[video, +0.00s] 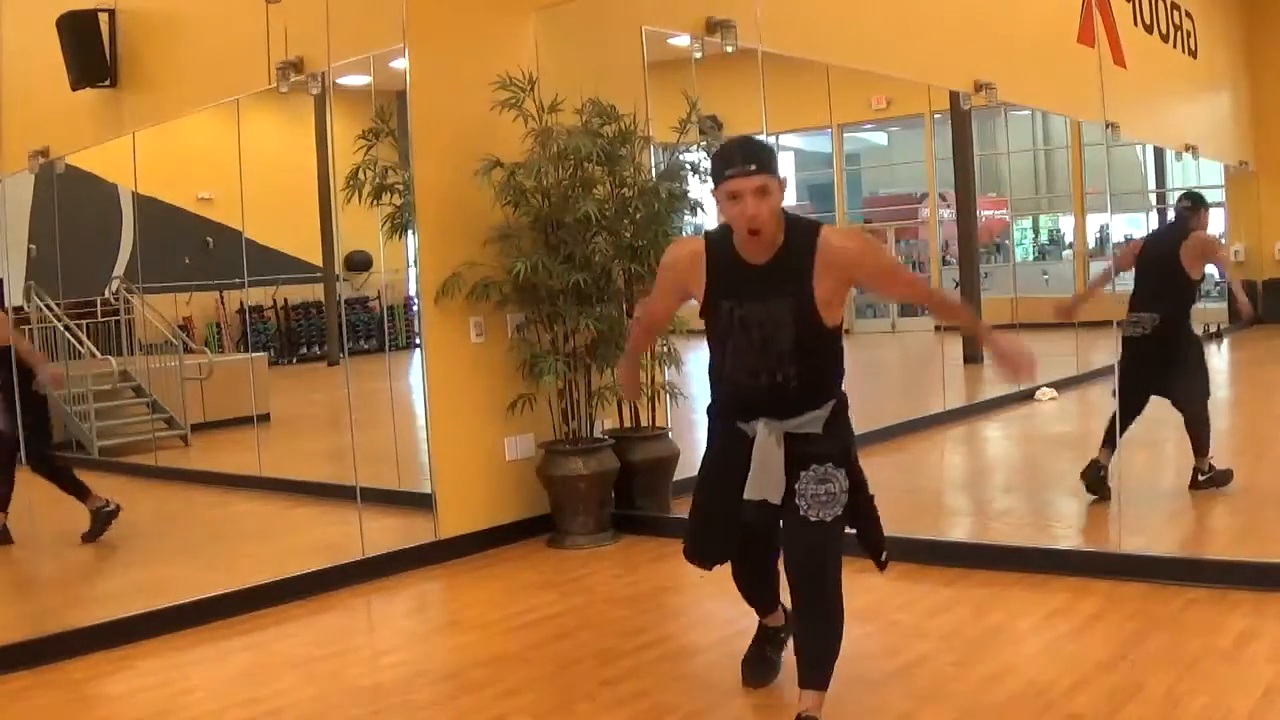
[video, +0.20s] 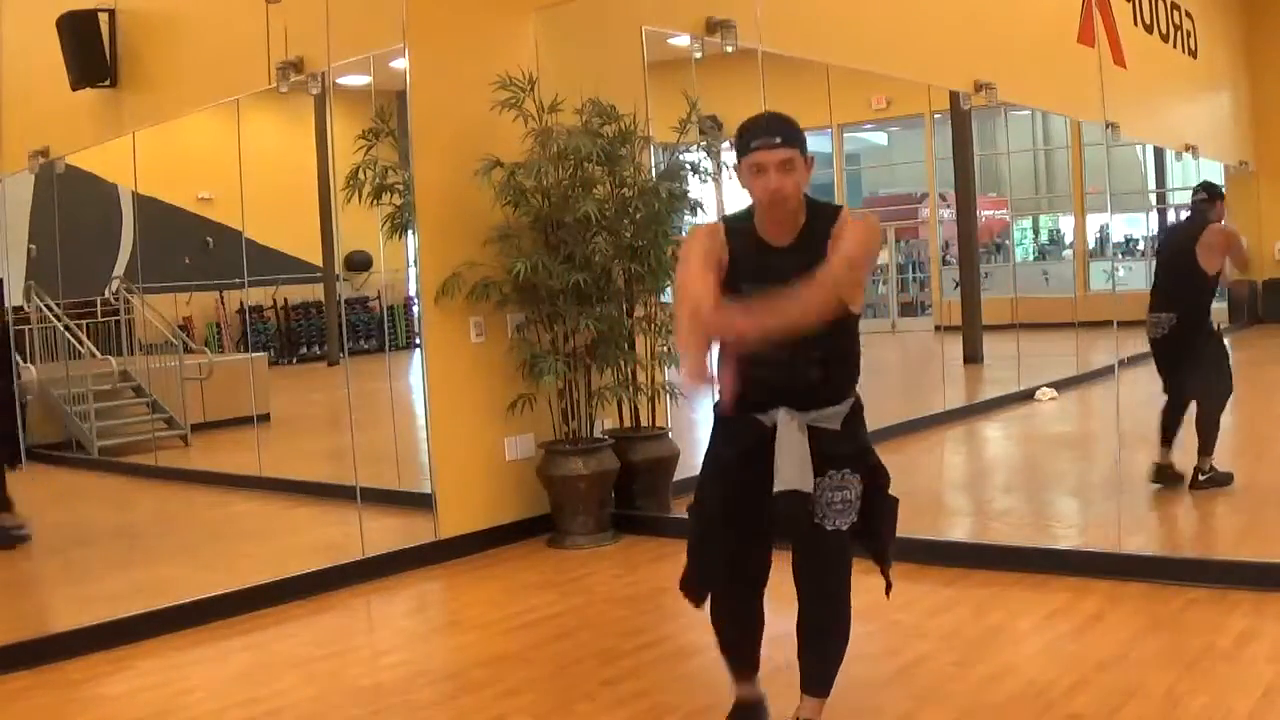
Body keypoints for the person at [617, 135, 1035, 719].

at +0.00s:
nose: (749, 213)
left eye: (760, 194)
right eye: (734, 198)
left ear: (781, 190)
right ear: (717, 201)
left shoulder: (835, 250)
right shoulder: (689, 260)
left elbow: (924, 294)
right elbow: (651, 318)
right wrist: (630, 362)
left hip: (815, 433)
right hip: (737, 436)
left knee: (813, 571)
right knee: (746, 553)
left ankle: (810, 706)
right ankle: (773, 620)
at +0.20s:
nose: (774, 182)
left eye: (785, 167)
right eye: (759, 171)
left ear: (806, 168)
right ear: (741, 178)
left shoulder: (852, 228)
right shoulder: (709, 242)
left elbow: (821, 300)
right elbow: (693, 322)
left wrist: (737, 324)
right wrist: (694, 361)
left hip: (828, 427)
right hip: (744, 429)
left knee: (825, 577)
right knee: (734, 575)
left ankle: (812, 707)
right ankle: (746, 695)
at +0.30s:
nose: (767, 166)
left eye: (782, 153)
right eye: (751, 155)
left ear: (806, 161)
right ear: (732, 164)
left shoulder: (847, 212)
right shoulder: (716, 231)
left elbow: (776, 203)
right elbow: (696, 228)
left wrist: (695, 161)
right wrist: (740, 200)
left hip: (834, 430)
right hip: (748, 432)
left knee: (827, 583)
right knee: (735, 581)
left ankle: (812, 709)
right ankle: (727, 710)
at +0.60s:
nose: (762, 159)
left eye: (774, 145)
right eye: (744, 148)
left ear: (797, 153)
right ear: (719, 160)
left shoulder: (840, 199)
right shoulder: (710, 232)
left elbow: (771, 186)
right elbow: (678, 241)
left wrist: (675, 161)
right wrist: (708, 173)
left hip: (848, 438)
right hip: (760, 442)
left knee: (836, 599)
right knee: (750, 599)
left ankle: (813, 710)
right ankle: (757, 716)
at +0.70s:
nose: (756, 162)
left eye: (768, 147)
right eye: (737, 153)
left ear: (790, 159)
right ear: (717, 175)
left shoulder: (839, 217)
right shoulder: (694, 252)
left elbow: (809, 283)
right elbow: (681, 318)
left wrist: (746, 321)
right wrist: (680, 380)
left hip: (853, 467)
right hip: (762, 475)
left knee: (840, 658)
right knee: (783, 661)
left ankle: (793, 711)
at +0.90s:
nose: (719, 146)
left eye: (732, 133)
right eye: (698, 142)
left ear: (761, 156)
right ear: (683, 179)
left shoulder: (835, 244)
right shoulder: (675, 276)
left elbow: (916, 333)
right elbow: (663, 373)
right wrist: (649, 454)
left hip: (840, 481)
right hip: (745, 484)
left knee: (833, 641)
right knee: (756, 657)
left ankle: (817, 709)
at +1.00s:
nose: (703, 138)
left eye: (718, 124)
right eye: (683, 134)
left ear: (750, 145)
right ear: (669, 169)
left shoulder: (830, 225)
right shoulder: (665, 254)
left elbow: (927, 251)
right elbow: (663, 309)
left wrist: (971, 292)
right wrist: (654, 335)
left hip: (831, 474)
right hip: (738, 476)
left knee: (828, 644)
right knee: (750, 661)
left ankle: (832, 706)